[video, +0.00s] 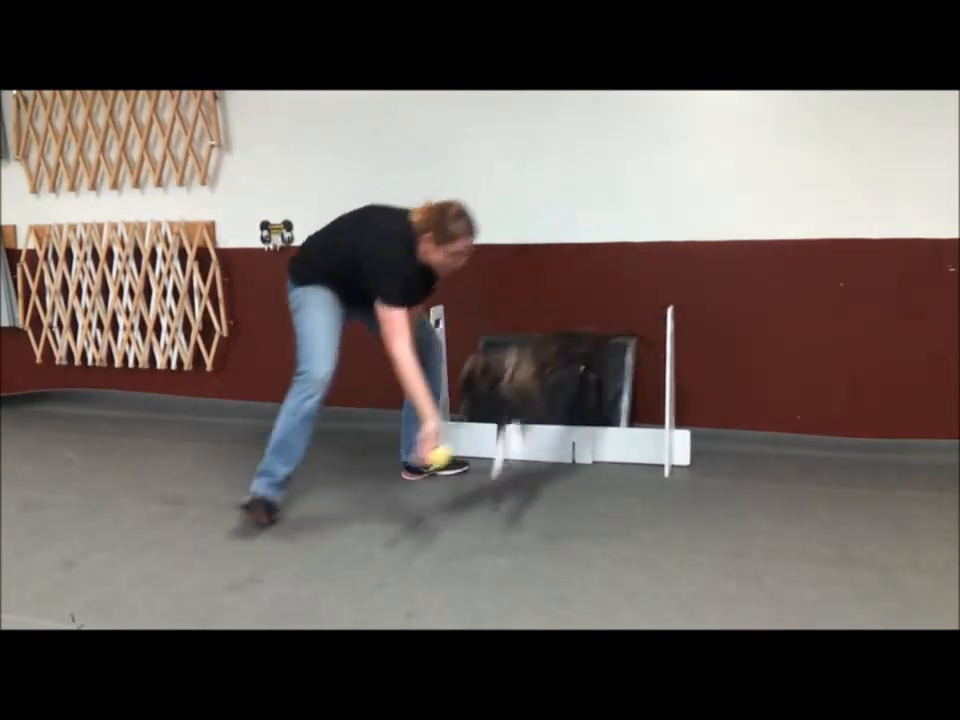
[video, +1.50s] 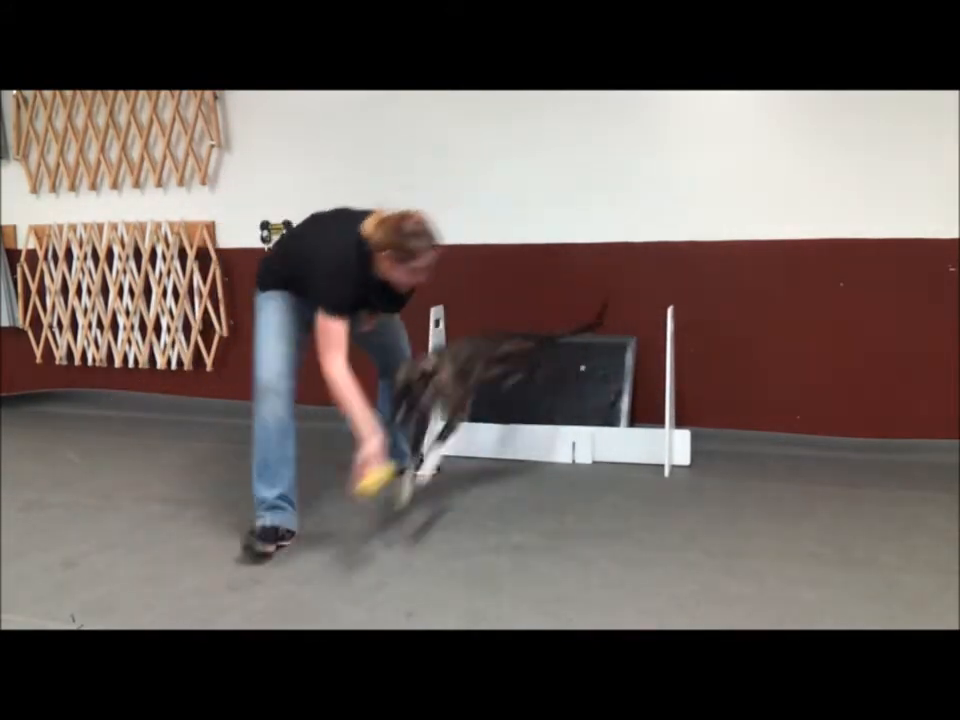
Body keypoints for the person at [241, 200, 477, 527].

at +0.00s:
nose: (460, 264)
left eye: (464, 256)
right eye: (456, 255)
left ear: (431, 244)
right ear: (428, 245)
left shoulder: (430, 254)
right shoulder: (391, 254)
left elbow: (409, 310)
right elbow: (398, 347)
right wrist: (429, 417)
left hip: (369, 286)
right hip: (319, 277)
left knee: (427, 345)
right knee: (317, 373)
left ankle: (418, 455)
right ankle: (266, 491)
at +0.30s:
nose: (297, 283)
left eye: (306, 275)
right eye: (286, 274)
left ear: (323, 265)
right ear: (269, 266)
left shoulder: (353, 261)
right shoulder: (255, 270)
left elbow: (349, 302)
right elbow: (231, 350)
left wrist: (332, 343)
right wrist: (211, 414)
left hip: (340, 298)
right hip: (269, 309)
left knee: (386, 361)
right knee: (244, 393)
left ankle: (412, 457)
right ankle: (248, 506)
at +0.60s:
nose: (440, 200)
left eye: (443, 193)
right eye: (438, 191)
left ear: (426, 187)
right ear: (417, 181)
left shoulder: (413, 223)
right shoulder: (348, 188)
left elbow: (458, 263)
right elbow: (266, 203)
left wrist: (515, 305)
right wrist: (294, 276)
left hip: (337, 289)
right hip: (281, 282)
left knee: (381, 363)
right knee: (281, 388)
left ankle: (390, 461)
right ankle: (222, 515)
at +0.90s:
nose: (482, 209)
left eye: (485, 202)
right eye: (483, 200)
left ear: (464, 190)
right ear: (469, 192)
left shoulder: (441, 218)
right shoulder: (422, 199)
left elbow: (465, 237)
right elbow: (356, 218)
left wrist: (496, 256)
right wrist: (389, 276)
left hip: (361, 268)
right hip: (329, 263)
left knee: (400, 352)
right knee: (371, 366)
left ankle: (393, 457)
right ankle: (326, 487)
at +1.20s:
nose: (494, 208)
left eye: (497, 201)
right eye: (494, 199)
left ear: (474, 191)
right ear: (478, 193)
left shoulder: (451, 217)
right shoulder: (421, 197)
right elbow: (353, 244)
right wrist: (399, 291)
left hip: (364, 257)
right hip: (321, 251)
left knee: (401, 350)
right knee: (353, 344)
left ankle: (394, 454)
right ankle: (369, 463)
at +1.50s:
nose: (422, 279)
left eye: (426, 271)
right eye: (417, 271)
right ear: (387, 261)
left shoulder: (404, 264)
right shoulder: (338, 260)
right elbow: (333, 362)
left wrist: (373, 313)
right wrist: (369, 436)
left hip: (357, 294)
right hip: (288, 287)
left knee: (399, 368)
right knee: (273, 389)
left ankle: (396, 463)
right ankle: (275, 516)